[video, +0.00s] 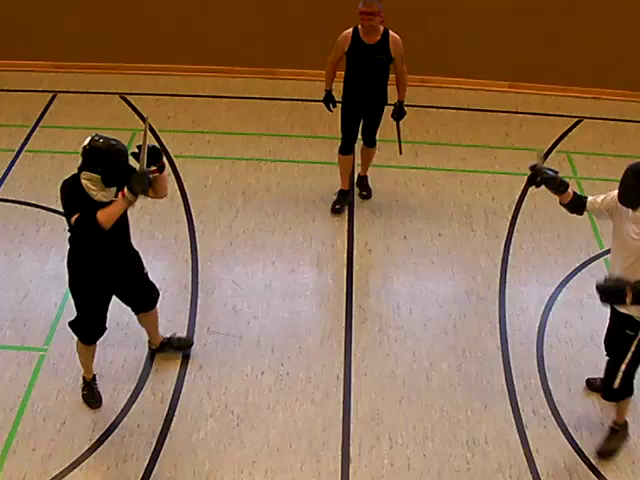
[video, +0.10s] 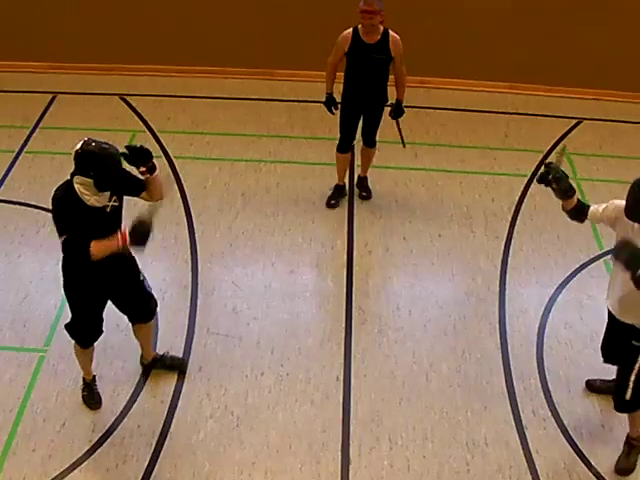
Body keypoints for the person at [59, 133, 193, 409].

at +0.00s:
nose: (115, 184)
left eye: (117, 179)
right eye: (112, 179)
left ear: (121, 169)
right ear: (96, 171)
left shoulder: (120, 179)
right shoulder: (71, 189)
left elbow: (159, 192)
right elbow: (93, 224)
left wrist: (157, 170)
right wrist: (128, 197)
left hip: (123, 259)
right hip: (88, 268)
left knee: (146, 300)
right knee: (89, 328)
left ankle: (157, 342)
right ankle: (89, 378)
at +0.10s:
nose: (112, 183)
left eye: (113, 176)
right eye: (108, 178)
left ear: (114, 171)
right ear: (91, 176)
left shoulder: (113, 180)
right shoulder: (63, 199)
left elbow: (155, 194)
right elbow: (80, 251)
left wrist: (149, 170)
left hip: (117, 264)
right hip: (83, 275)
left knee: (144, 310)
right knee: (86, 332)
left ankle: (149, 359)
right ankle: (88, 379)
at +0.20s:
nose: (109, 191)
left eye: (111, 185)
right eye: (104, 186)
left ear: (111, 176)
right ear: (88, 181)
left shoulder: (112, 184)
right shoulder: (59, 208)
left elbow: (153, 197)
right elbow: (70, 266)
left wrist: (146, 172)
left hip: (118, 267)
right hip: (79, 281)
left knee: (143, 318)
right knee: (83, 336)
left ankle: (147, 373)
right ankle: (88, 378)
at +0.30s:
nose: (109, 195)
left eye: (110, 188)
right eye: (104, 189)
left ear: (111, 181)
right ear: (88, 184)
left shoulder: (113, 189)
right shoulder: (57, 212)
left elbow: (153, 205)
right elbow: (60, 267)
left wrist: (147, 181)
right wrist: (90, 297)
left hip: (117, 276)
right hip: (77, 288)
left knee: (142, 329)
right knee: (83, 340)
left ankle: (153, 388)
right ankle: (88, 379)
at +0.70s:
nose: (139, 220)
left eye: (141, 214)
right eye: (135, 214)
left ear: (143, 207)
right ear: (118, 207)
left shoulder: (143, 216)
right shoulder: (84, 230)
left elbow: (181, 235)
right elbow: (69, 281)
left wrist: (179, 207)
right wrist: (89, 320)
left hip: (138, 304)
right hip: (98, 313)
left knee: (162, 358)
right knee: (93, 371)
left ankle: (164, 416)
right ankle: (85, 388)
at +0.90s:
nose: (147, 229)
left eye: (149, 223)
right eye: (143, 223)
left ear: (150, 216)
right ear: (127, 216)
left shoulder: (151, 224)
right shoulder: (91, 238)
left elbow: (190, 240)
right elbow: (78, 293)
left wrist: (186, 214)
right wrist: (106, 331)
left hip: (144, 312)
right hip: (103, 320)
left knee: (166, 366)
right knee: (97, 386)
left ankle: (162, 418)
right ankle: (87, 432)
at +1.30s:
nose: (129, 251)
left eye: (131, 245)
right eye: (125, 246)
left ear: (123, 241)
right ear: (107, 242)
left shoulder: (120, 249)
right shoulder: (71, 270)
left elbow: (154, 253)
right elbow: (56, 326)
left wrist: (159, 233)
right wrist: (98, 357)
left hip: (124, 333)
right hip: (87, 349)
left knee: (156, 374)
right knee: (83, 418)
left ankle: (164, 417)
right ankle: (64, 469)